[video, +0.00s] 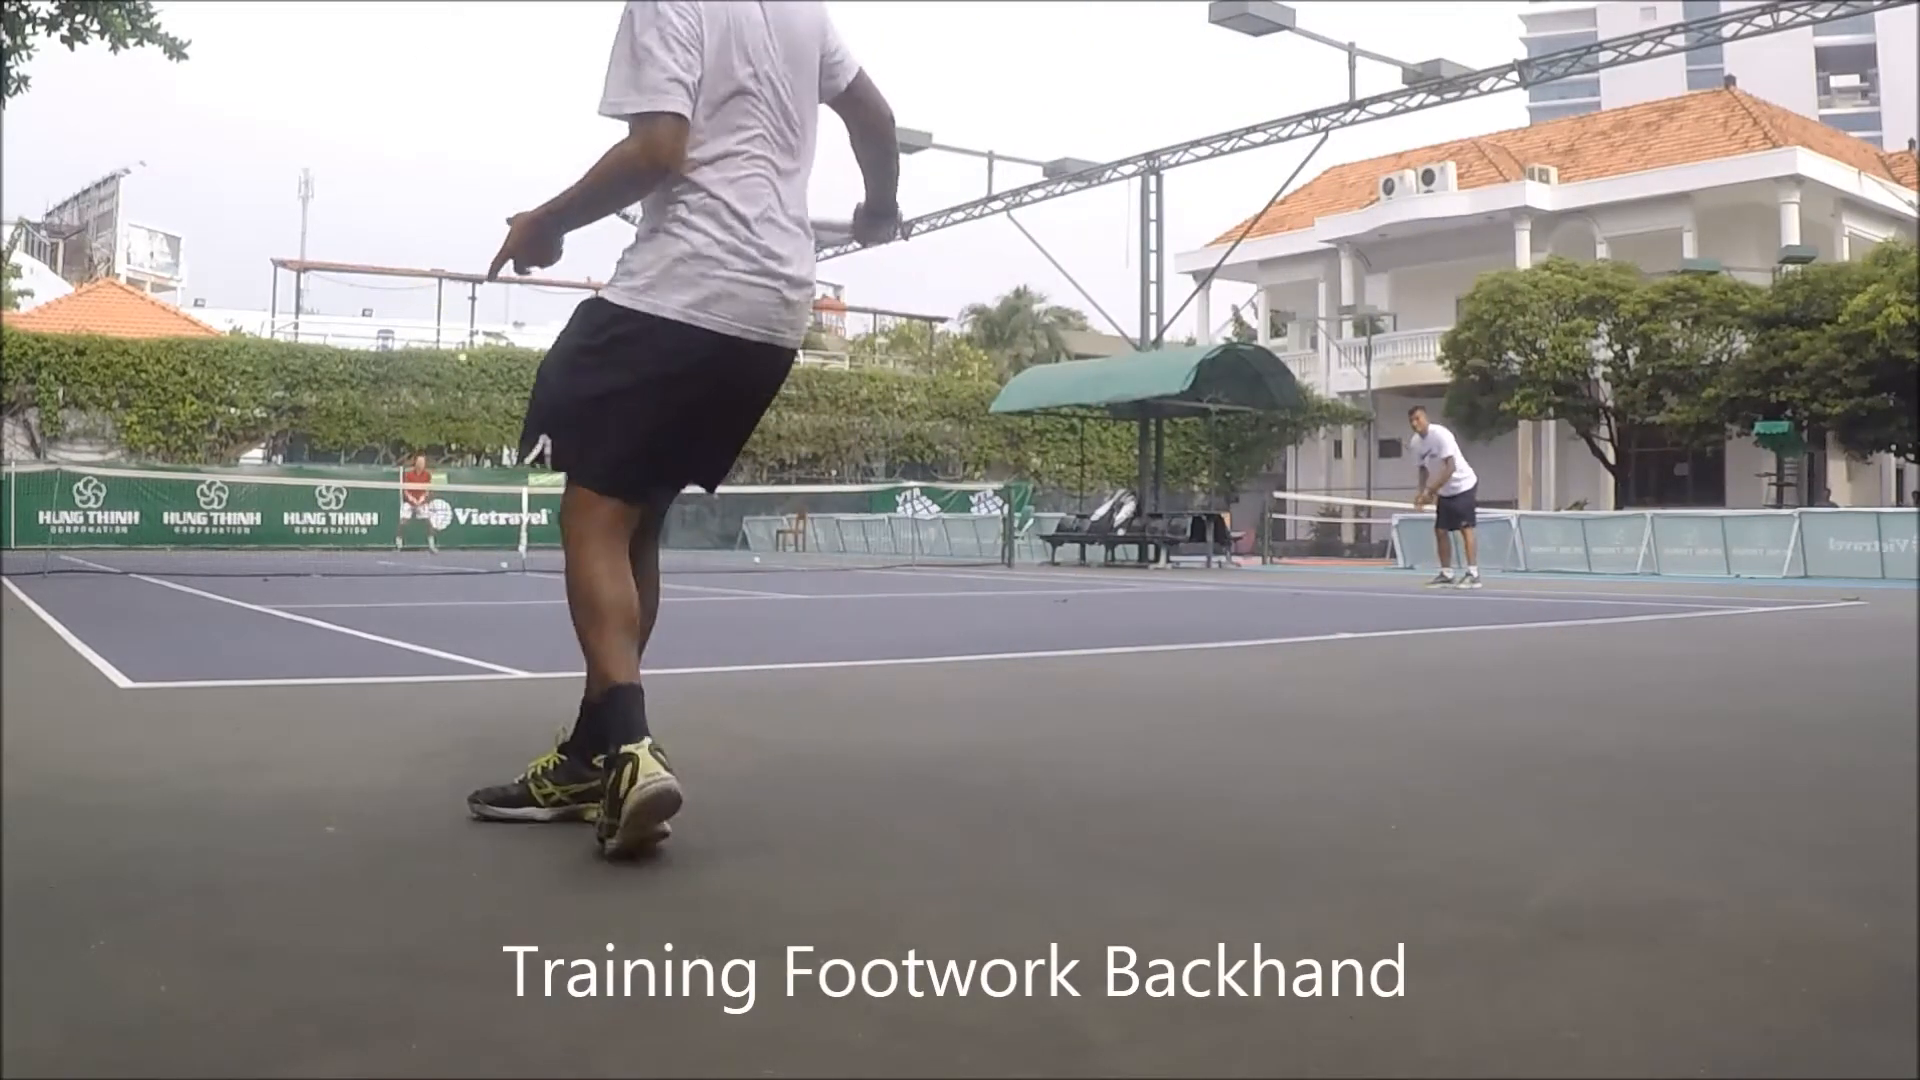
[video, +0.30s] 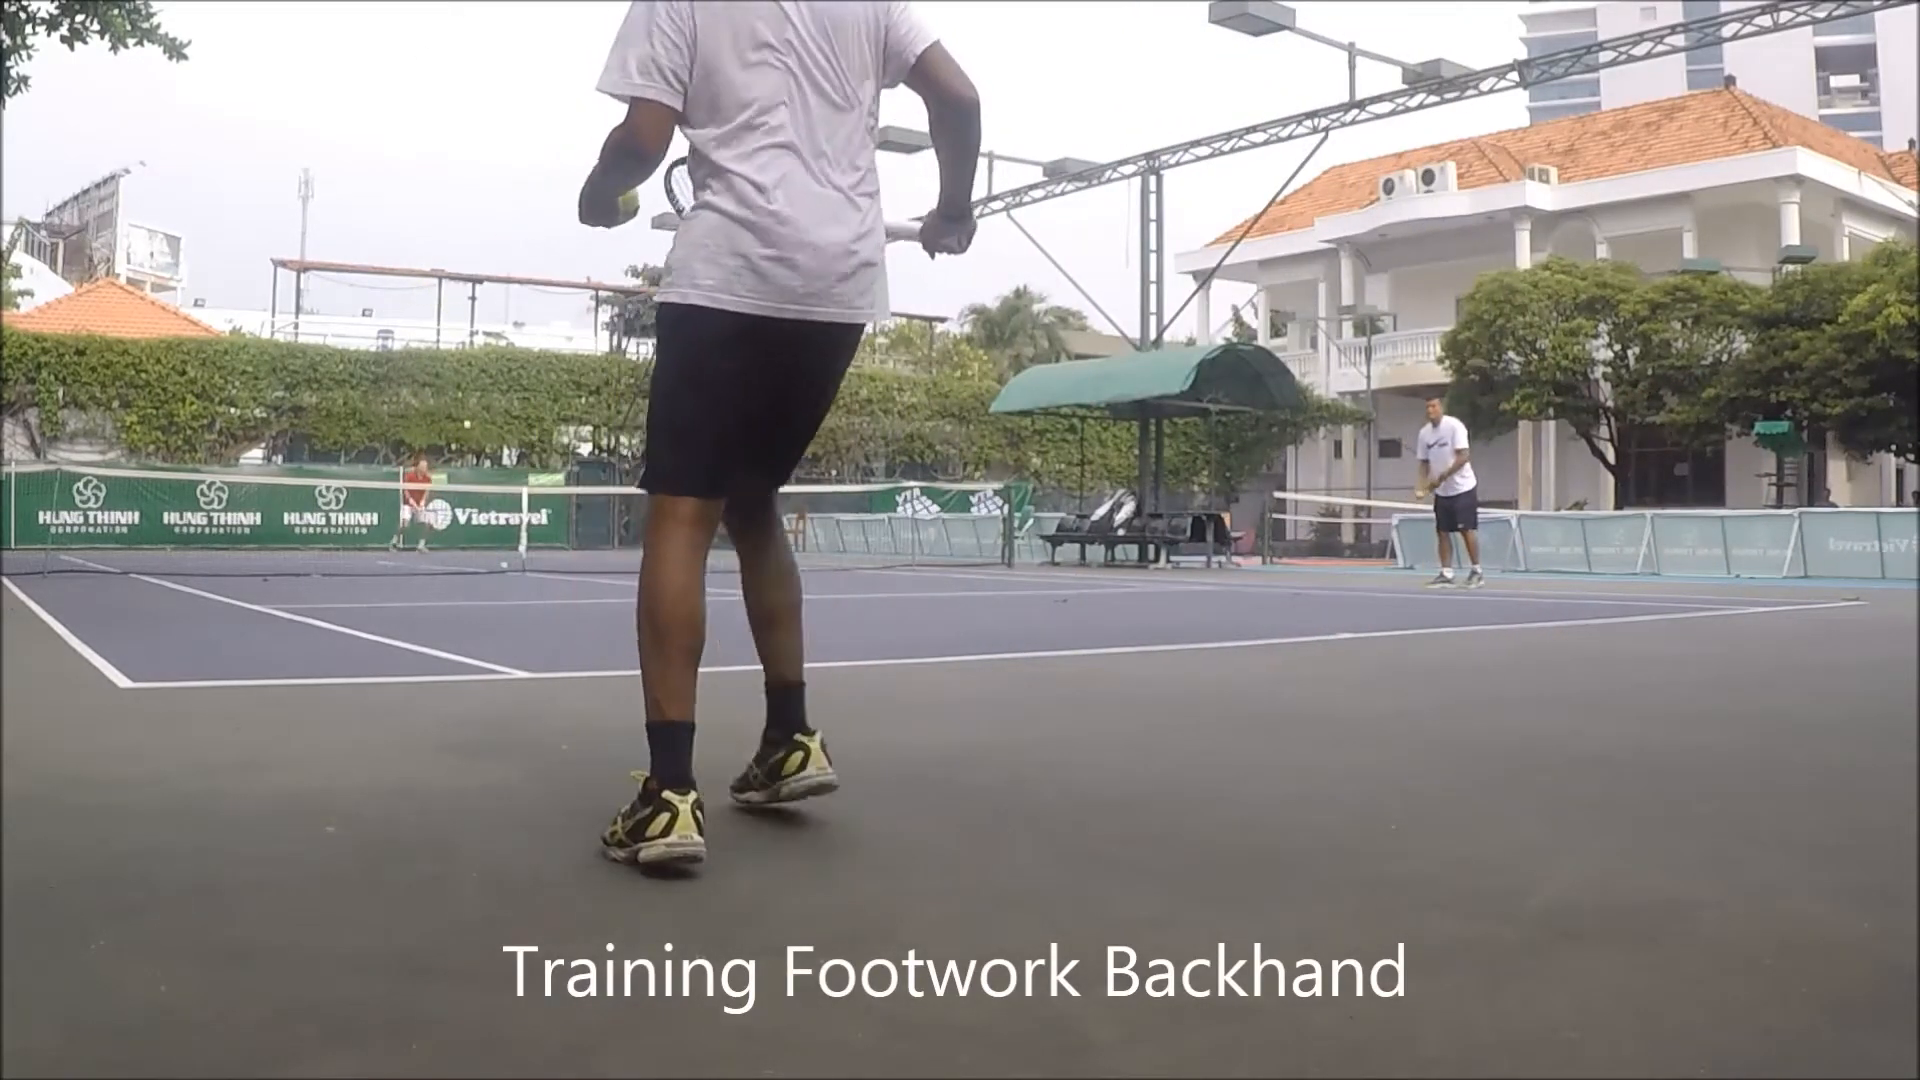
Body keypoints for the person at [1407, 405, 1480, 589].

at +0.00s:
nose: (1415, 423)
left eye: (1418, 418)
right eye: (1412, 420)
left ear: (1426, 418)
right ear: (1411, 423)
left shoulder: (1440, 434)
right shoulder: (1415, 442)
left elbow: (1451, 466)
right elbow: (1422, 469)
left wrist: (1431, 490)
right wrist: (1421, 492)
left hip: (1463, 485)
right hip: (1444, 489)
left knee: (1466, 528)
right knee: (1440, 530)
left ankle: (1473, 573)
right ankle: (1446, 573)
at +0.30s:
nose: (1430, 410)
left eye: (1433, 406)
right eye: (1428, 407)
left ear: (1441, 407)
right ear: (1425, 411)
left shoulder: (1455, 426)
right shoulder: (1424, 433)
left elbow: (1463, 456)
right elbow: (1423, 462)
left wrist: (1442, 477)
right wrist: (1422, 484)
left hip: (1462, 487)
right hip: (1441, 490)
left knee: (1466, 529)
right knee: (1442, 531)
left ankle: (1476, 570)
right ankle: (1446, 572)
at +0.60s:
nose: (1442, 409)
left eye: (1446, 404)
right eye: (1441, 405)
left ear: (1456, 405)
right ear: (1441, 407)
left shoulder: (1472, 425)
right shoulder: (1438, 429)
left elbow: (1490, 449)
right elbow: (1434, 460)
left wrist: (1479, 472)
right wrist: (1429, 487)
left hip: (1468, 489)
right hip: (1445, 490)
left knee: (1474, 533)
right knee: (1446, 532)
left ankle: (1477, 572)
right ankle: (1446, 573)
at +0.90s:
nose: (1448, 411)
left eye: (1451, 407)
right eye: (1448, 407)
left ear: (1463, 407)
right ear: (1455, 409)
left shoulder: (1480, 426)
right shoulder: (1450, 427)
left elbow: (1508, 445)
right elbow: (1445, 451)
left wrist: (1496, 468)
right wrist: (1444, 475)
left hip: (1477, 489)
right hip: (1455, 489)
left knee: (1482, 534)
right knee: (1452, 531)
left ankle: (1478, 572)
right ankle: (1448, 572)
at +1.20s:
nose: (1452, 411)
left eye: (1454, 406)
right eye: (1452, 407)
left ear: (1466, 407)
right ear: (1457, 409)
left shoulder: (1483, 426)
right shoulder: (1454, 425)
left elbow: (1509, 447)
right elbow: (1450, 449)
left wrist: (1493, 469)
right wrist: (1450, 469)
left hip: (1478, 488)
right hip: (1455, 487)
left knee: (1481, 533)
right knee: (1445, 529)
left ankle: (1478, 572)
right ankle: (1452, 570)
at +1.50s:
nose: (1447, 410)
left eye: (1450, 406)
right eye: (1447, 406)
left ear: (1461, 407)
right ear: (1455, 408)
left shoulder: (1475, 425)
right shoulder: (1451, 426)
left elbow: (1500, 446)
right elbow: (1454, 450)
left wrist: (1484, 467)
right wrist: (1449, 469)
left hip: (1470, 487)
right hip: (1451, 487)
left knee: (1476, 533)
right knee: (1452, 533)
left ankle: (1477, 572)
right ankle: (1452, 571)